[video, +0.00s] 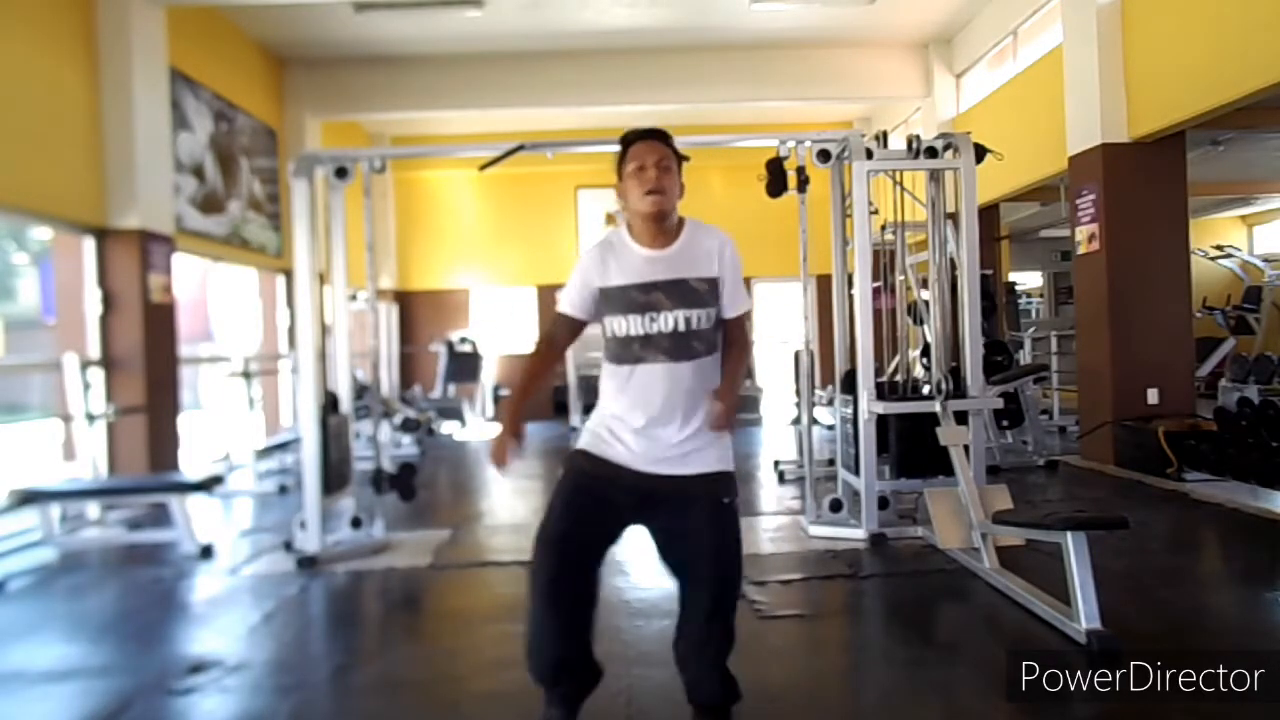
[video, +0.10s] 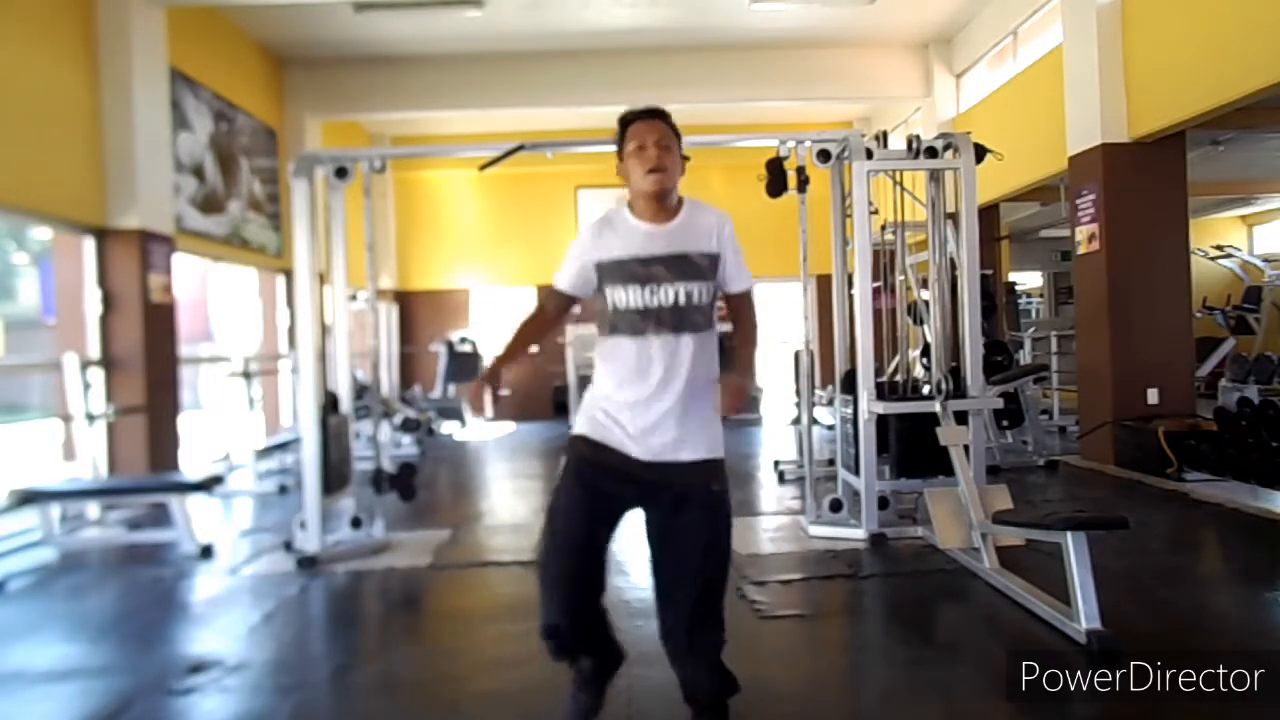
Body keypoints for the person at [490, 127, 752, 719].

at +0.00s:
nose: (654, 177)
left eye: (664, 166)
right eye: (640, 169)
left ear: (682, 179)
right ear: (620, 186)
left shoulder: (716, 249)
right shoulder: (600, 259)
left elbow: (737, 334)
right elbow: (556, 340)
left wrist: (729, 390)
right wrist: (514, 414)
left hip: (696, 452)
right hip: (611, 447)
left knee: (715, 584)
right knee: (558, 555)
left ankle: (710, 698)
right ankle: (564, 686)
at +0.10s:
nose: (653, 156)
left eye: (663, 146)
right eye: (639, 149)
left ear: (682, 160)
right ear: (621, 167)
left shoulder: (714, 229)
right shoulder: (599, 236)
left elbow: (742, 311)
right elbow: (554, 309)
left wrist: (738, 371)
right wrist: (502, 360)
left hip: (690, 440)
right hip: (606, 433)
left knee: (692, 608)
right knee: (561, 584)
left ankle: (710, 704)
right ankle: (593, 659)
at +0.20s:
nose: (651, 150)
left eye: (661, 139)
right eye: (637, 142)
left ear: (679, 152)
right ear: (618, 157)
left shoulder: (705, 221)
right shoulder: (587, 222)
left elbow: (756, 284)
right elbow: (533, 281)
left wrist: (799, 339)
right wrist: (526, 284)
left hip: (684, 431)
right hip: (603, 431)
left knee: (685, 572)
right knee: (604, 572)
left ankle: (686, 699)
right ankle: (614, 696)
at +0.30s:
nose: (655, 162)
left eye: (665, 152)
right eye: (641, 152)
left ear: (677, 163)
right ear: (616, 163)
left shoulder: (705, 232)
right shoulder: (586, 233)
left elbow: (782, 275)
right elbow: (501, 273)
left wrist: (861, 300)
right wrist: (557, 239)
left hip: (684, 453)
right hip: (605, 452)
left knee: (679, 600)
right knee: (616, 606)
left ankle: (676, 704)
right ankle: (618, 706)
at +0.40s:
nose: (686, 177)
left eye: (686, 167)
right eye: (674, 166)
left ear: (667, 174)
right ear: (634, 170)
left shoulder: (704, 231)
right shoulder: (587, 236)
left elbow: (788, 247)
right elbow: (507, 263)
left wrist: (870, 254)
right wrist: (557, 225)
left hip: (681, 451)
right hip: (597, 445)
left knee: (674, 595)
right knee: (555, 555)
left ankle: (676, 701)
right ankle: (606, 657)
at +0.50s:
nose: (694, 180)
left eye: (693, 170)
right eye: (684, 170)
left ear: (663, 172)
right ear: (646, 172)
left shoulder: (707, 233)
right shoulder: (589, 230)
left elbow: (780, 242)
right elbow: (509, 246)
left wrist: (831, 220)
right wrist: (500, 214)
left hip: (683, 444)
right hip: (602, 432)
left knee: (677, 603)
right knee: (557, 539)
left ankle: (677, 703)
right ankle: (603, 611)